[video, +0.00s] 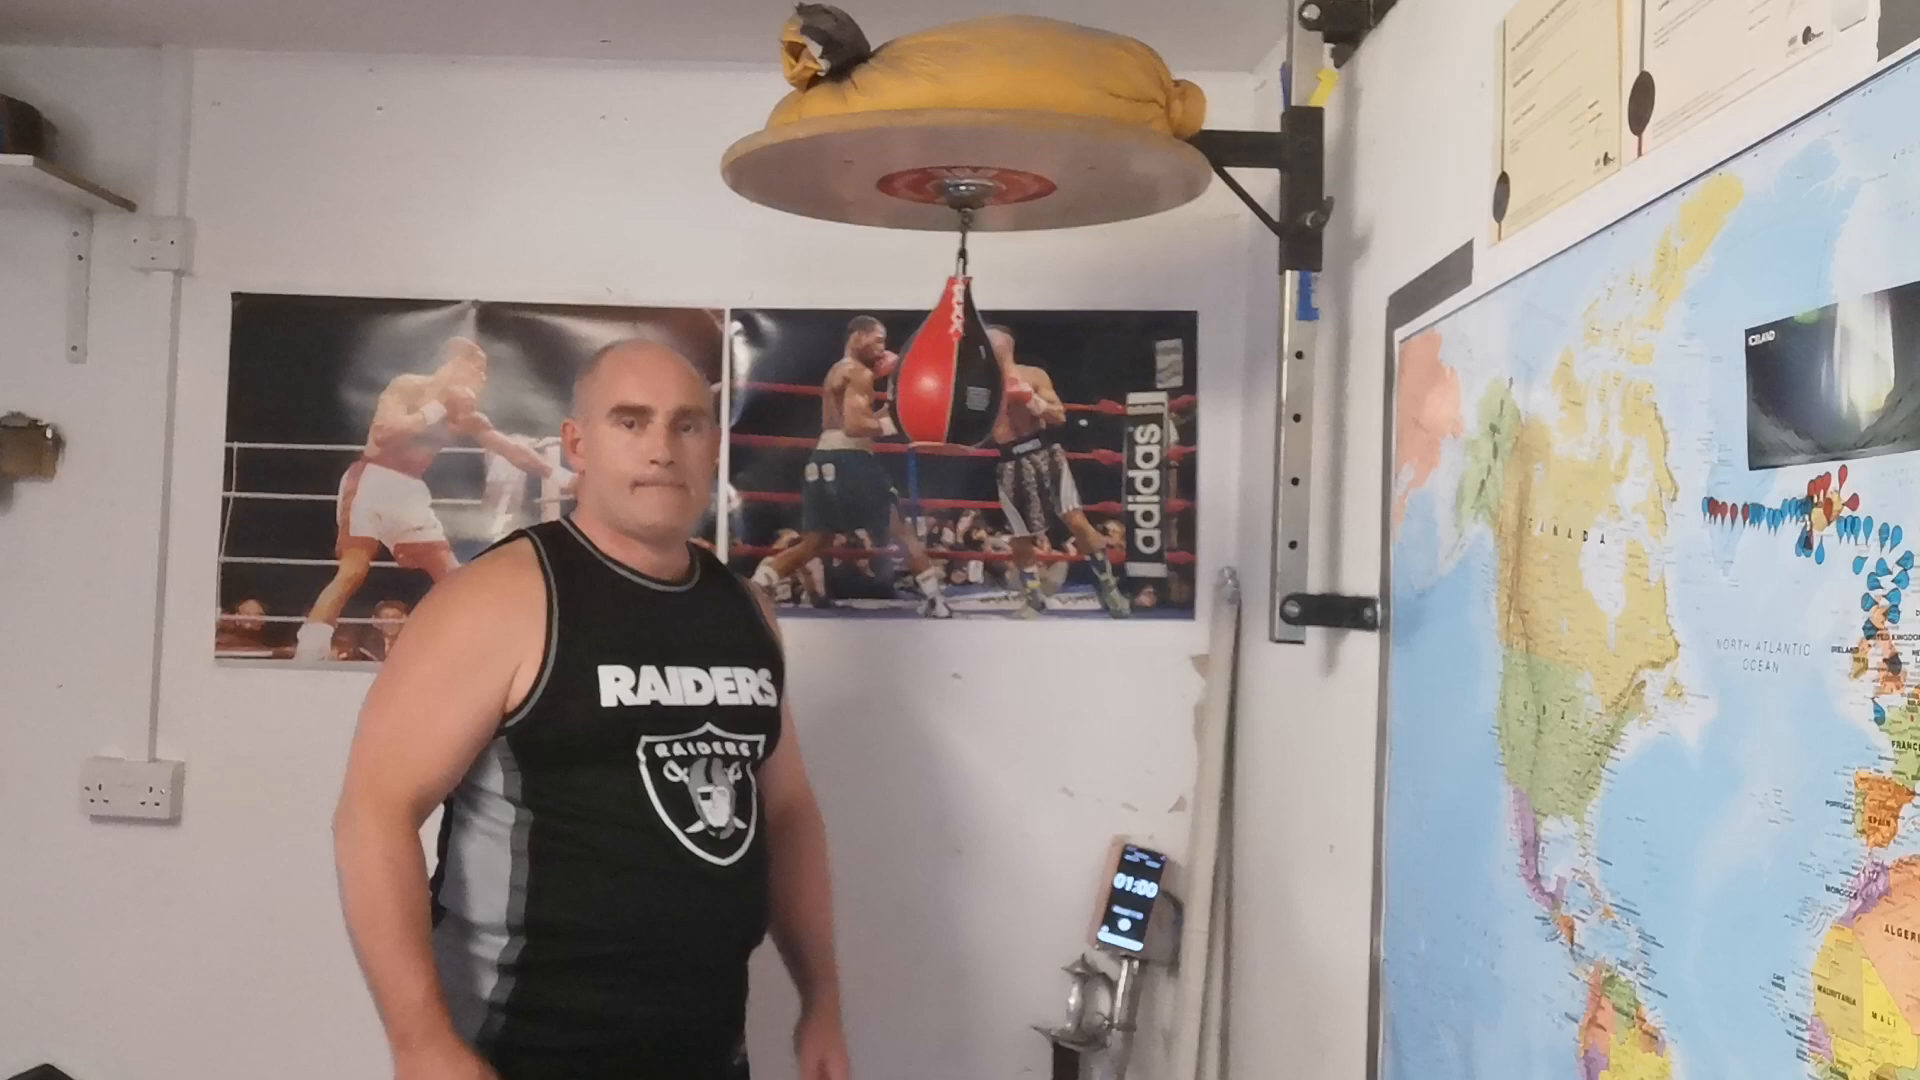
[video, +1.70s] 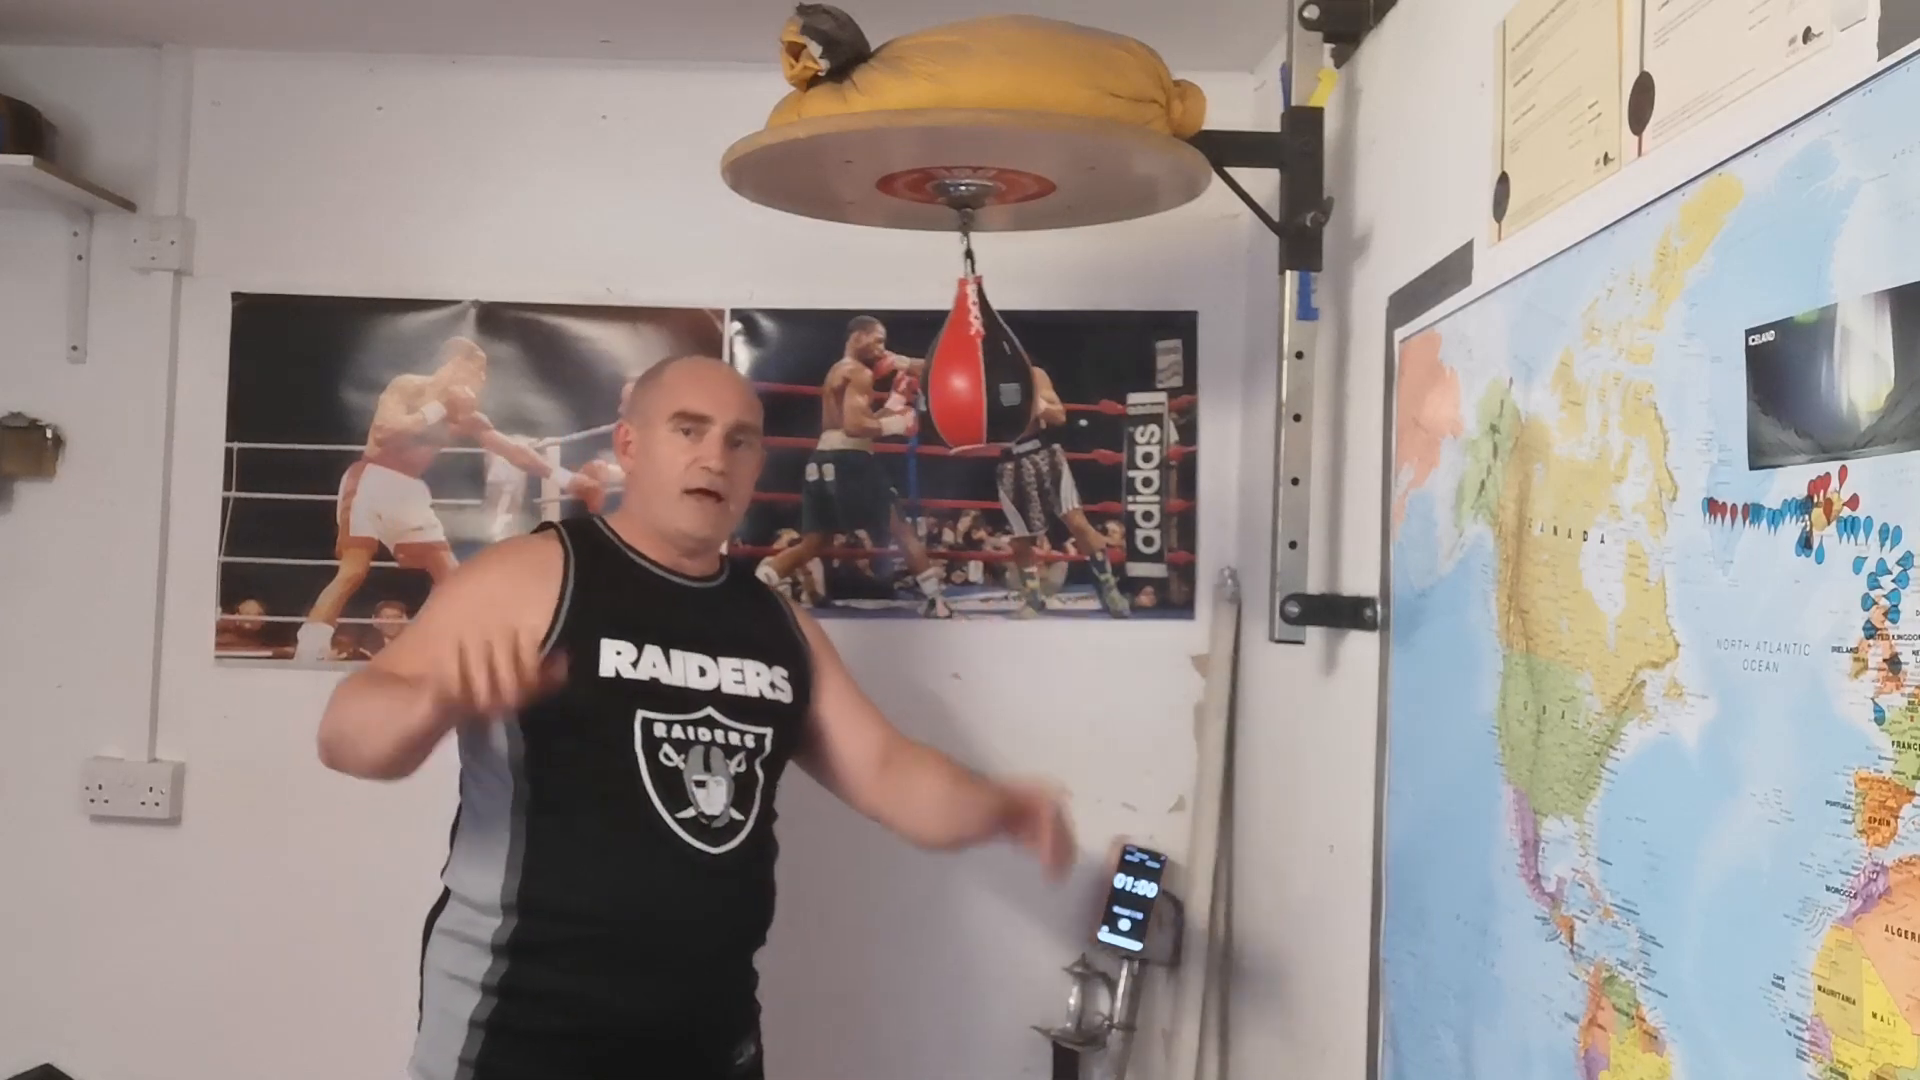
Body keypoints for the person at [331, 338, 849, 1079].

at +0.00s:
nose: (662, 450)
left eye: (686, 425)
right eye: (631, 421)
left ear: (714, 450)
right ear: (575, 444)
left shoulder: (740, 609)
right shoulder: (497, 599)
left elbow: (786, 811)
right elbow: (372, 812)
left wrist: (820, 997)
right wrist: (423, 1042)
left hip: (703, 1043)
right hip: (530, 1046)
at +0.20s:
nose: (662, 449)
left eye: (687, 422)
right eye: (631, 421)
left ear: (714, 446)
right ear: (575, 445)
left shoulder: (737, 605)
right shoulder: (494, 598)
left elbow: (793, 806)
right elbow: (364, 806)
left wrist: (848, 980)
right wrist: (466, 994)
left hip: (702, 1041)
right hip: (530, 1046)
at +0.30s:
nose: (659, 445)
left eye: (682, 424)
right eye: (627, 420)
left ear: (709, 450)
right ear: (572, 445)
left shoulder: (739, 604)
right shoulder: (488, 596)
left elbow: (809, 791)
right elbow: (384, 803)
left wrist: (880, 916)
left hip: (698, 1027)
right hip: (518, 1031)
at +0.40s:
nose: (653, 447)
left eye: (678, 423)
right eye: (623, 421)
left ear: (707, 449)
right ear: (568, 445)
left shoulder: (741, 603)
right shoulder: (487, 594)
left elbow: (809, 778)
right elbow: (436, 807)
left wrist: (853, 838)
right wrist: (655, 795)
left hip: (696, 1019)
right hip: (517, 1022)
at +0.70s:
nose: (674, 447)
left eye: (697, 426)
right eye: (642, 419)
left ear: (719, 454)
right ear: (583, 443)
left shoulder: (752, 607)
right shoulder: (500, 584)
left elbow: (846, 798)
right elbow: (401, 782)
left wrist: (874, 791)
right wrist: (589, 756)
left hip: (695, 1019)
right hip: (514, 1020)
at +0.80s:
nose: (691, 448)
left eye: (714, 426)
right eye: (660, 420)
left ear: (733, 456)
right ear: (597, 442)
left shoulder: (753, 609)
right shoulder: (504, 573)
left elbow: (858, 774)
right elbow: (360, 783)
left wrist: (952, 743)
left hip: (695, 1015)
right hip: (512, 1016)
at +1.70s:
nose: (716, 456)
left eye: (740, 440)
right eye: (689, 428)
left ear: (758, 471)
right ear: (625, 447)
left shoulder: (775, 624)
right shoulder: (533, 571)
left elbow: (883, 768)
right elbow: (347, 739)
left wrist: (995, 805)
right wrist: (435, 690)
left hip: (706, 1027)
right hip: (522, 1022)